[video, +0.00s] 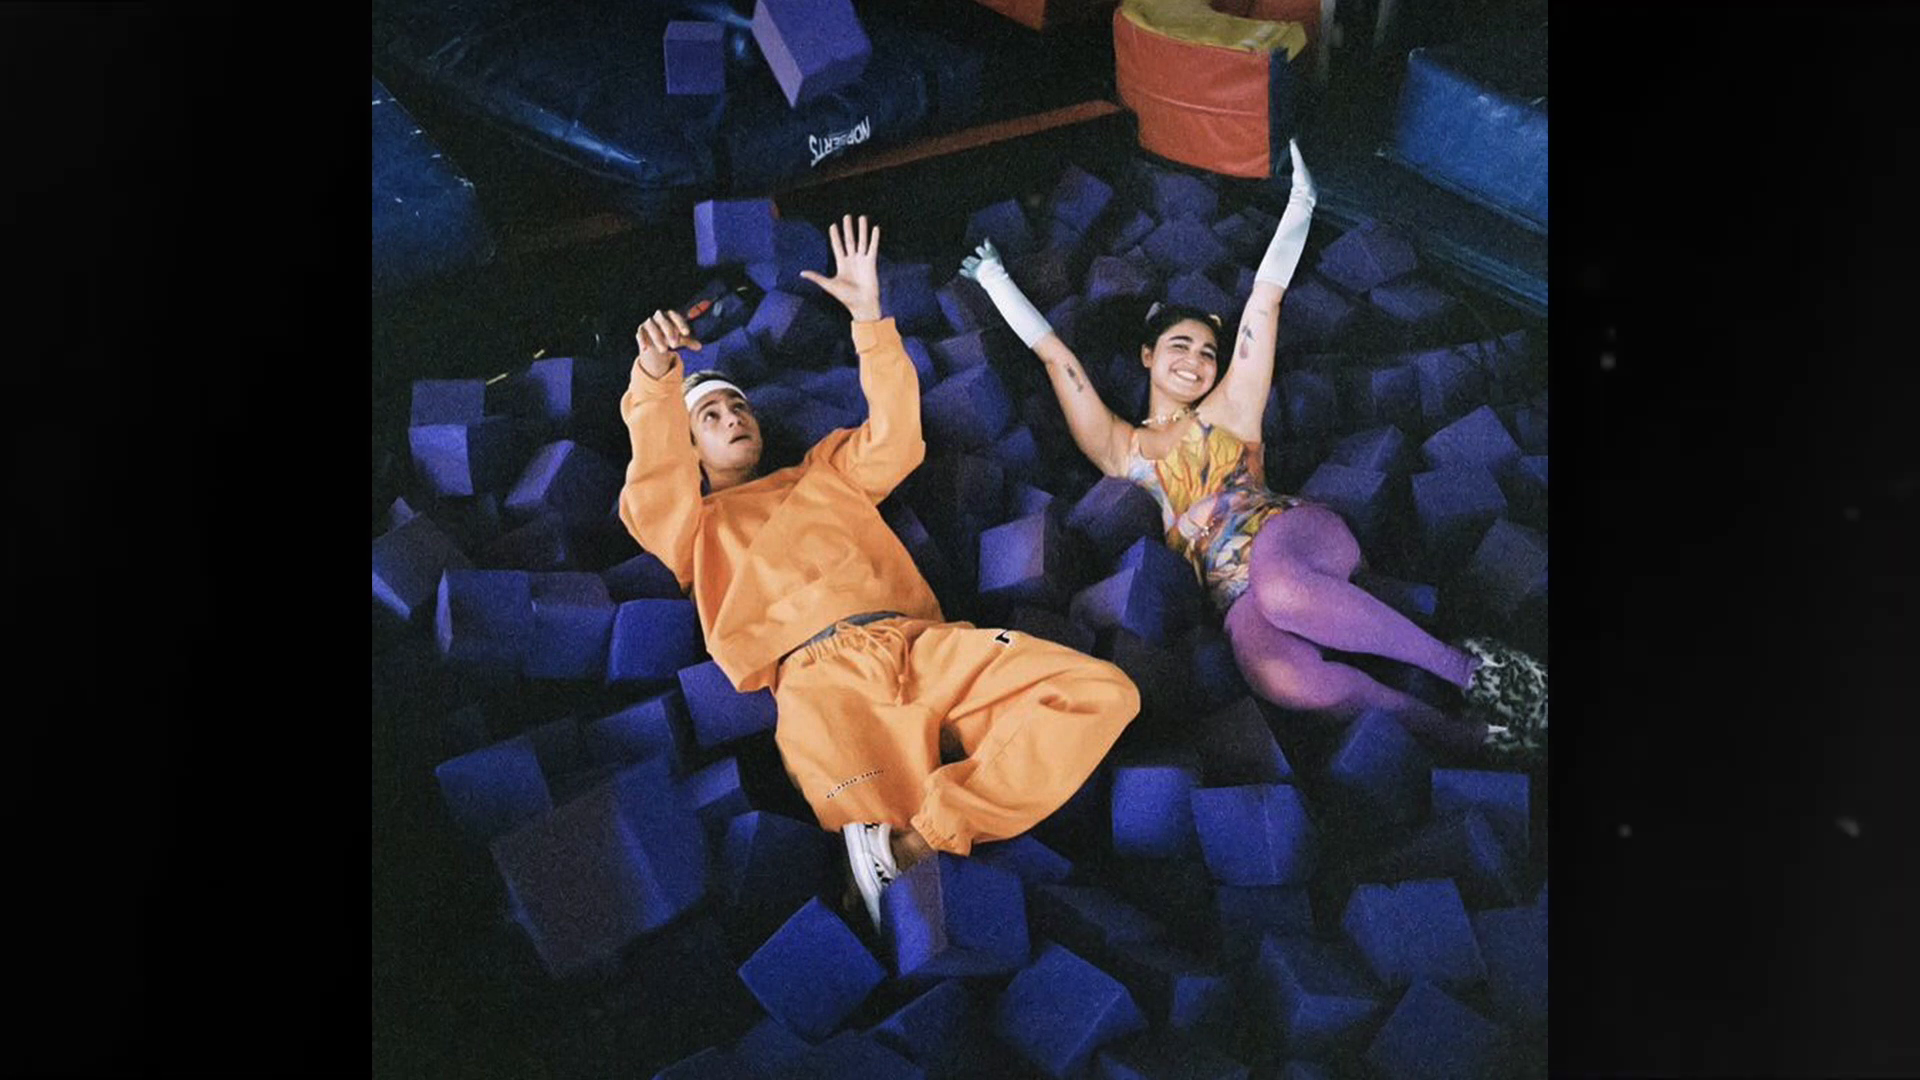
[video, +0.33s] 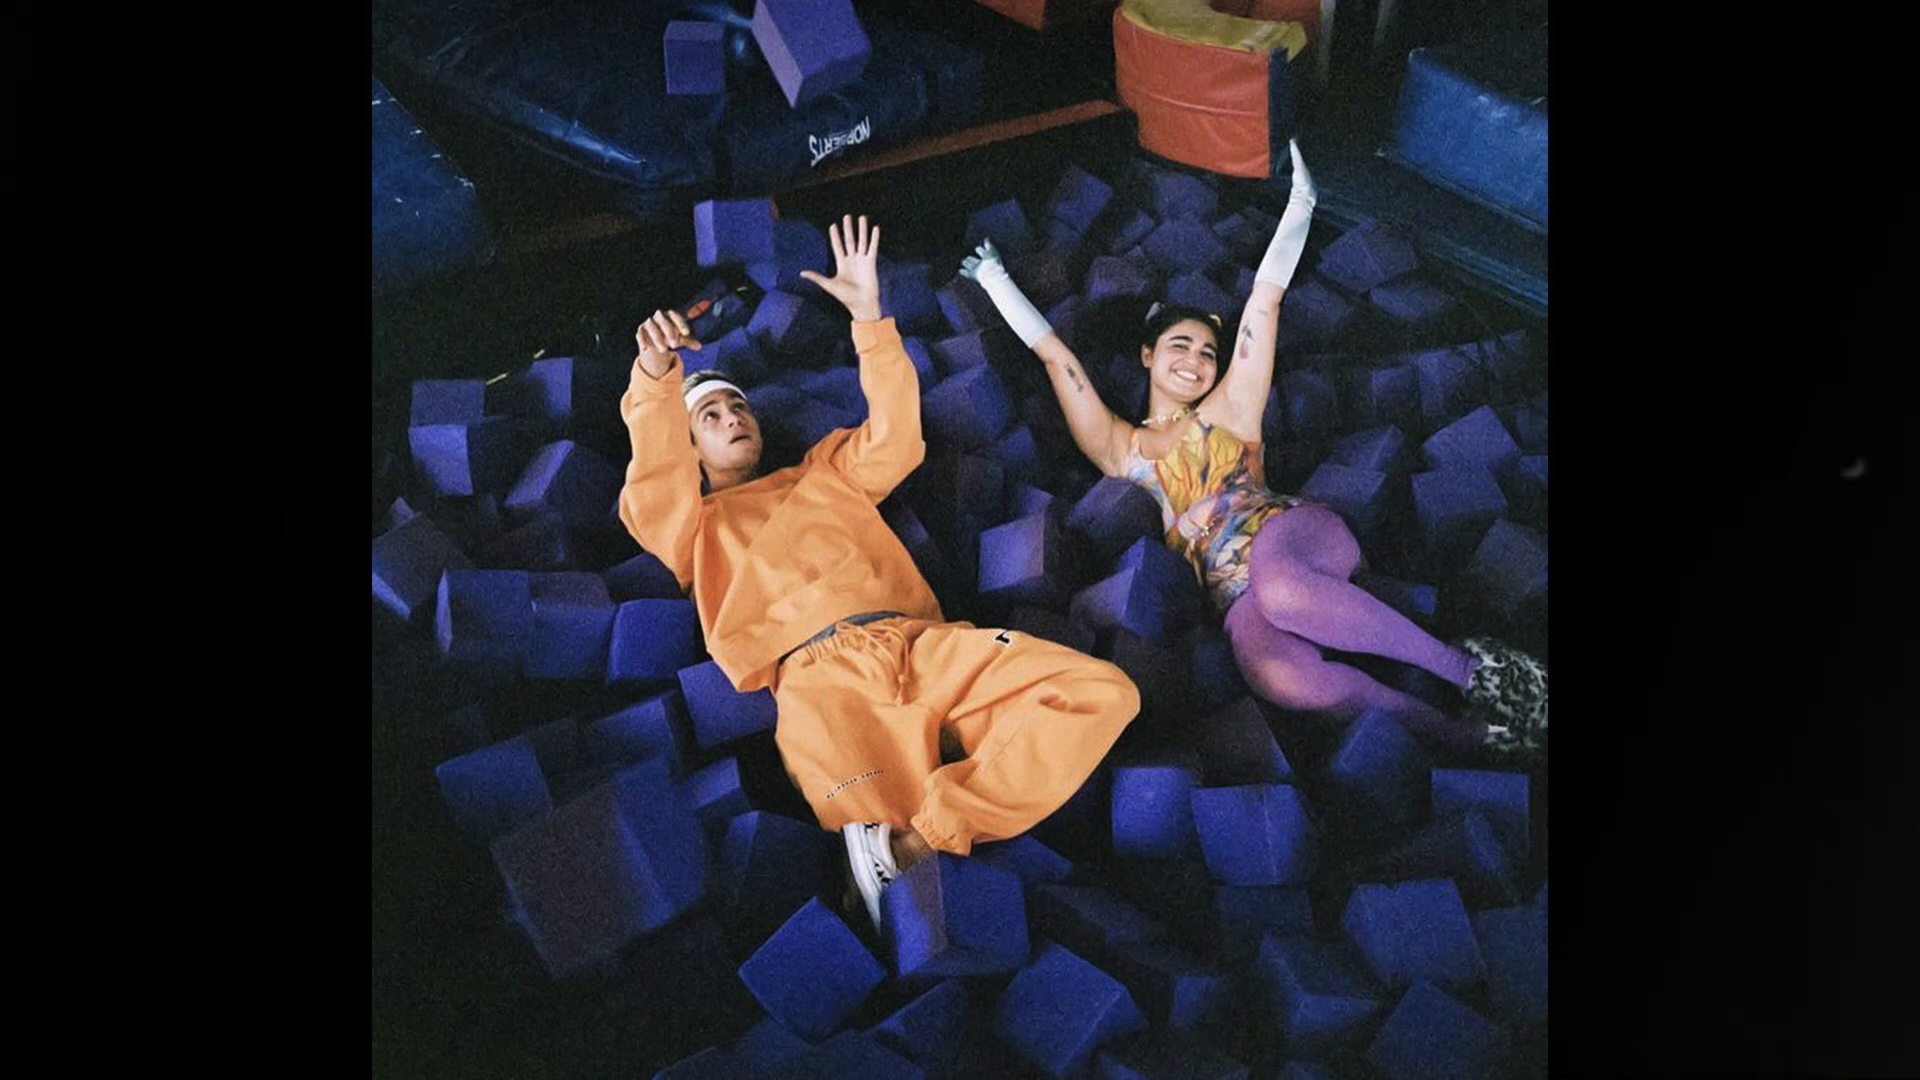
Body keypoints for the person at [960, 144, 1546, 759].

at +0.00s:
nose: (1191, 359)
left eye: (1205, 353)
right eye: (1177, 346)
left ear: (1217, 370)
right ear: (1145, 358)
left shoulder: (1230, 411)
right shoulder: (1123, 448)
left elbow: (1265, 304)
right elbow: (1057, 359)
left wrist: (1298, 209)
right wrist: (992, 278)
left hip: (1289, 531)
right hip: (1239, 598)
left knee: (1278, 592)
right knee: (1285, 679)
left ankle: (1471, 670)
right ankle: (1455, 728)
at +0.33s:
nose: (1192, 359)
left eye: (1205, 353)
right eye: (1177, 346)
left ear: (1217, 370)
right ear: (1145, 358)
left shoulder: (1230, 411)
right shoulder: (1123, 448)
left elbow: (1264, 305)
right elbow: (1057, 359)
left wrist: (1298, 209)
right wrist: (992, 278)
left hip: (1288, 531)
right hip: (1239, 597)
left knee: (1279, 593)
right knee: (1285, 679)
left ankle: (1471, 670)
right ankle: (1462, 733)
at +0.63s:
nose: (1191, 359)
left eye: (1205, 353)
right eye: (1176, 346)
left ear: (1217, 370)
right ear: (1145, 358)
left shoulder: (1230, 411)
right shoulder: (1122, 448)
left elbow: (1264, 304)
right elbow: (1057, 359)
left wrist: (1298, 209)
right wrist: (993, 278)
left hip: (1289, 532)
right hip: (1239, 597)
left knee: (1278, 592)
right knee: (1286, 680)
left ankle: (1470, 669)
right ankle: (1461, 733)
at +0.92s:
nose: (1191, 360)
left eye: (1205, 353)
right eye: (1177, 346)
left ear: (1217, 370)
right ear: (1145, 358)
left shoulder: (1230, 411)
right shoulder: (1123, 448)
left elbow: (1265, 304)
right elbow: (1057, 358)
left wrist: (1298, 209)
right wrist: (992, 277)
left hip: (1289, 532)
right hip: (1239, 597)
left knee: (1278, 592)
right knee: (1285, 679)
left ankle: (1471, 670)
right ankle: (1459, 731)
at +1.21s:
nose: (1190, 359)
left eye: (1204, 353)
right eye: (1176, 346)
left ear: (1216, 370)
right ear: (1145, 358)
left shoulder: (1230, 411)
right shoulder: (1122, 449)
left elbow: (1264, 305)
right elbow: (1057, 359)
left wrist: (1298, 209)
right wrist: (992, 277)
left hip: (1288, 531)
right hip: (1238, 596)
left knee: (1279, 593)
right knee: (1285, 679)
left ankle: (1471, 671)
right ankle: (1464, 734)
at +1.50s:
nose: (1191, 360)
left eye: (1205, 354)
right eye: (1176, 346)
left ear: (1216, 371)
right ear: (1145, 357)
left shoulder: (1230, 411)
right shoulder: (1122, 448)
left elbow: (1263, 306)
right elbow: (1057, 359)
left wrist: (1298, 210)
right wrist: (992, 278)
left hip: (1288, 531)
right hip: (1238, 596)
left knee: (1280, 593)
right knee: (1285, 679)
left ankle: (1472, 671)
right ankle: (1464, 734)